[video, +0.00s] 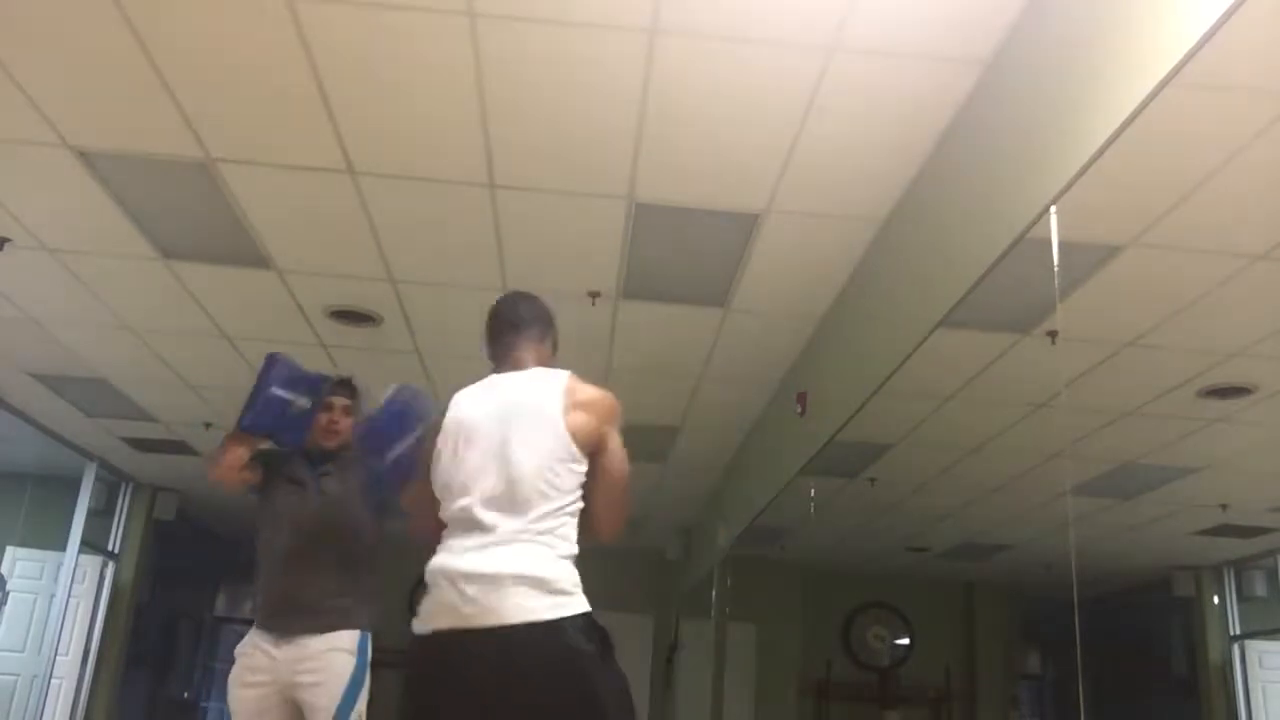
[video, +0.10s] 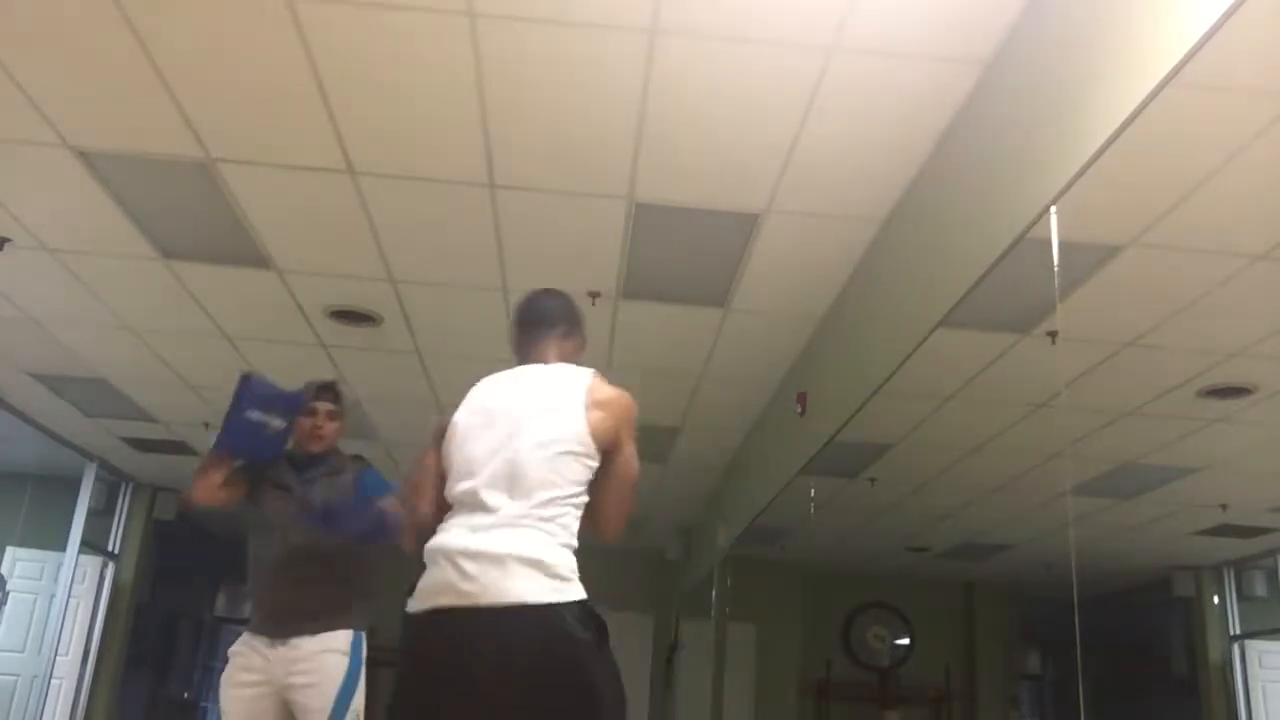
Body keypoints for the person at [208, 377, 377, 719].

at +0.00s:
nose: (334, 418)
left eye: (345, 412)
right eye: (326, 408)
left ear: (356, 424)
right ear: (309, 416)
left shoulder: (370, 471)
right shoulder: (277, 466)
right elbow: (221, 475)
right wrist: (258, 421)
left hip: (334, 646)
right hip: (264, 644)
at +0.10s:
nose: (319, 424)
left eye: (331, 416)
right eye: (309, 414)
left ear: (341, 427)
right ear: (293, 421)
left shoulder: (357, 476)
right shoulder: (266, 472)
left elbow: (405, 533)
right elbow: (202, 495)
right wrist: (237, 431)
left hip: (328, 648)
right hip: (258, 646)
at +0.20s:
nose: (316, 423)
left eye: (328, 416)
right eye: (307, 413)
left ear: (337, 427)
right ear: (290, 420)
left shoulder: (357, 475)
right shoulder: (261, 472)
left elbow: (400, 546)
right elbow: (192, 508)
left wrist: (358, 560)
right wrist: (232, 438)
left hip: (330, 644)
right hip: (259, 643)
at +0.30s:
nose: (325, 421)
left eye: (336, 414)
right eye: (316, 411)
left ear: (344, 425)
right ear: (298, 417)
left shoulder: (361, 471)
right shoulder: (268, 470)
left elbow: (405, 544)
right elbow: (199, 520)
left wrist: (378, 592)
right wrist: (234, 456)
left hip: (330, 641)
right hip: (261, 641)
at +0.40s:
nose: (344, 422)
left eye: (355, 416)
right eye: (336, 411)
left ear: (362, 427)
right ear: (317, 418)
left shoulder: (376, 476)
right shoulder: (279, 469)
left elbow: (415, 548)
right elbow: (211, 536)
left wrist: (389, 600)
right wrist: (246, 471)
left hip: (335, 641)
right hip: (265, 640)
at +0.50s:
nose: (367, 429)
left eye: (378, 424)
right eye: (360, 418)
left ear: (385, 436)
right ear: (340, 423)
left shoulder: (394, 484)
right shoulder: (297, 472)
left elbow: (429, 560)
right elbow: (231, 547)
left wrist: (397, 606)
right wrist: (260, 517)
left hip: (348, 646)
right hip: (276, 643)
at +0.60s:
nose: (393, 437)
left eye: (405, 433)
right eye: (387, 426)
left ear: (411, 445)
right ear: (367, 429)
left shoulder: (418, 496)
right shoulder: (320, 478)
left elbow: (447, 576)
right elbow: (260, 553)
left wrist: (407, 620)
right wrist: (286, 534)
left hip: (368, 661)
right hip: (295, 652)